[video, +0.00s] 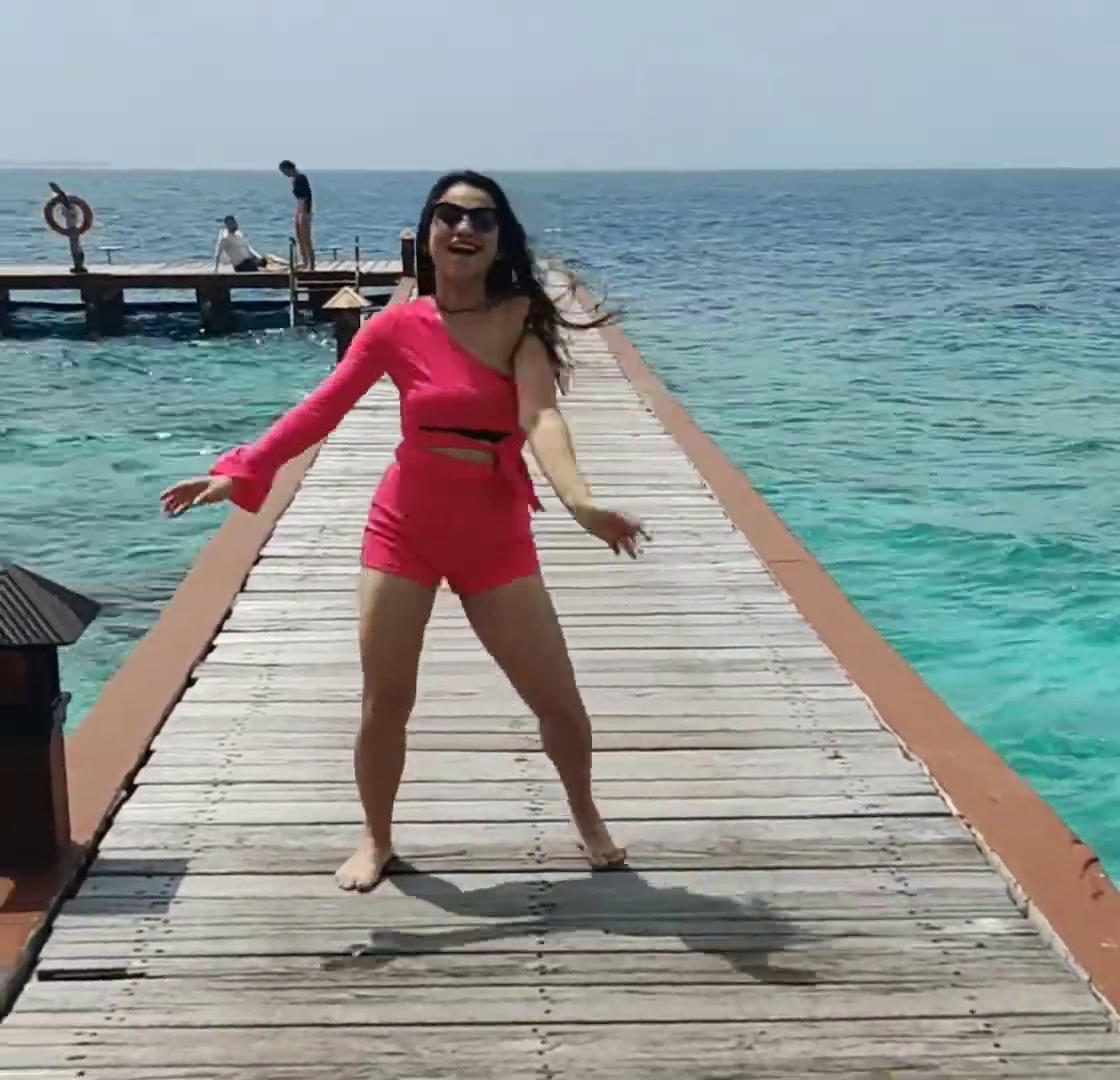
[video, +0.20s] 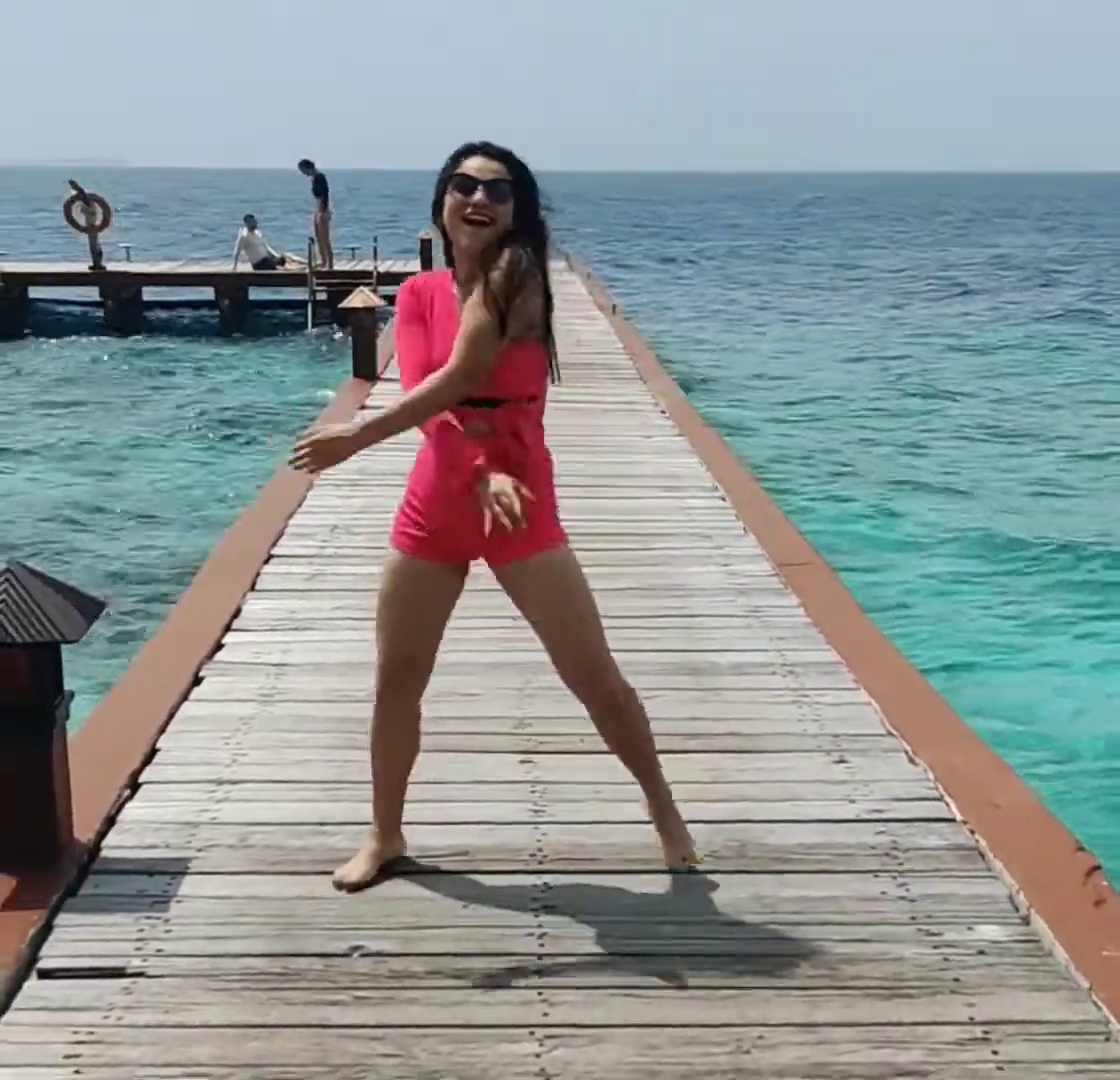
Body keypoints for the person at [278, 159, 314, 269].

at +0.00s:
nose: (285, 174)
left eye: (285, 172)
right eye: (283, 172)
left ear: (290, 169)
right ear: (287, 171)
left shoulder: (300, 179)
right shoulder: (295, 179)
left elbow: (305, 197)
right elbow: (299, 198)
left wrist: (305, 213)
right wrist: (297, 213)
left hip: (305, 210)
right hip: (299, 209)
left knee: (305, 237)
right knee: (300, 236)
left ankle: (311, 265)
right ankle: (304, 262)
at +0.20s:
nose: (304, 174)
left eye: (304, 171)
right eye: (303, 171)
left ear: (309, 167)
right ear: (306, 170)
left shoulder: (319, 178)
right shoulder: (314, 179)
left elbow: (323, 196)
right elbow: (318, 197)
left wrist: (322, 212)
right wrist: (316, 212)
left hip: (323, 209)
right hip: (318, 209)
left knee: (324, 237)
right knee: (318, 236)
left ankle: (329, 263)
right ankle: (323, 261)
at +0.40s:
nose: (306, 174)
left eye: (306, 171)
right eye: (305, 172)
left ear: (310, 168)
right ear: (309, 170)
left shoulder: (321, 179)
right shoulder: (316, 179)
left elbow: (325, 195)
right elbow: (319, 196)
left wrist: (323, 211)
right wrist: (318, 211)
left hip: (324, 210)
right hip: (318, 210)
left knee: (326, 238)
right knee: (320, 238)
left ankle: (330, 264)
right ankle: (324, 262)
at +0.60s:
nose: (304, 174)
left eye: (304, 171)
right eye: (302, 171)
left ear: (308, 168)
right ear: (306, 170)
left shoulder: (317, 179)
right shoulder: (313, 179)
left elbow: (321, 197)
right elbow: (316, 197)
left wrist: (318, 213)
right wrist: (314, 212)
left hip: (320, 211)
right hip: (315, 210)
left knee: (322, 239)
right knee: (317, 238)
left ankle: (328, 265)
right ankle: (322, 263)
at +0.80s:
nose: (304, 173)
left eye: (304, 170)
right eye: (303, 171)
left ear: (309, 168)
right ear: (307, 169)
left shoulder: (317, 179)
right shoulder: (313, 179)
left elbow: (321, 197)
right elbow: (315, 197)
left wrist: (318, 212)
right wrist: (313, 212)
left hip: (319, 211)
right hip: (314, 210)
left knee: (322, 239)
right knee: (316, 239)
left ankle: (328, 266)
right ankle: (322, 264)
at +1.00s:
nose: (304, 172)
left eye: (305, 169)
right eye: (303, 170)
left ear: (310, 168)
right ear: (309, 168)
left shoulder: (317, 180)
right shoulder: (314, 179)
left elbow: (319, 198)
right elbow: (315, 198)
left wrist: (318, 213)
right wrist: (312, 214)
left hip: (319, 213)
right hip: (314, 212)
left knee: (320, 239)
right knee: (316, 239)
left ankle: (326, 265)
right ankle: (322, 264)